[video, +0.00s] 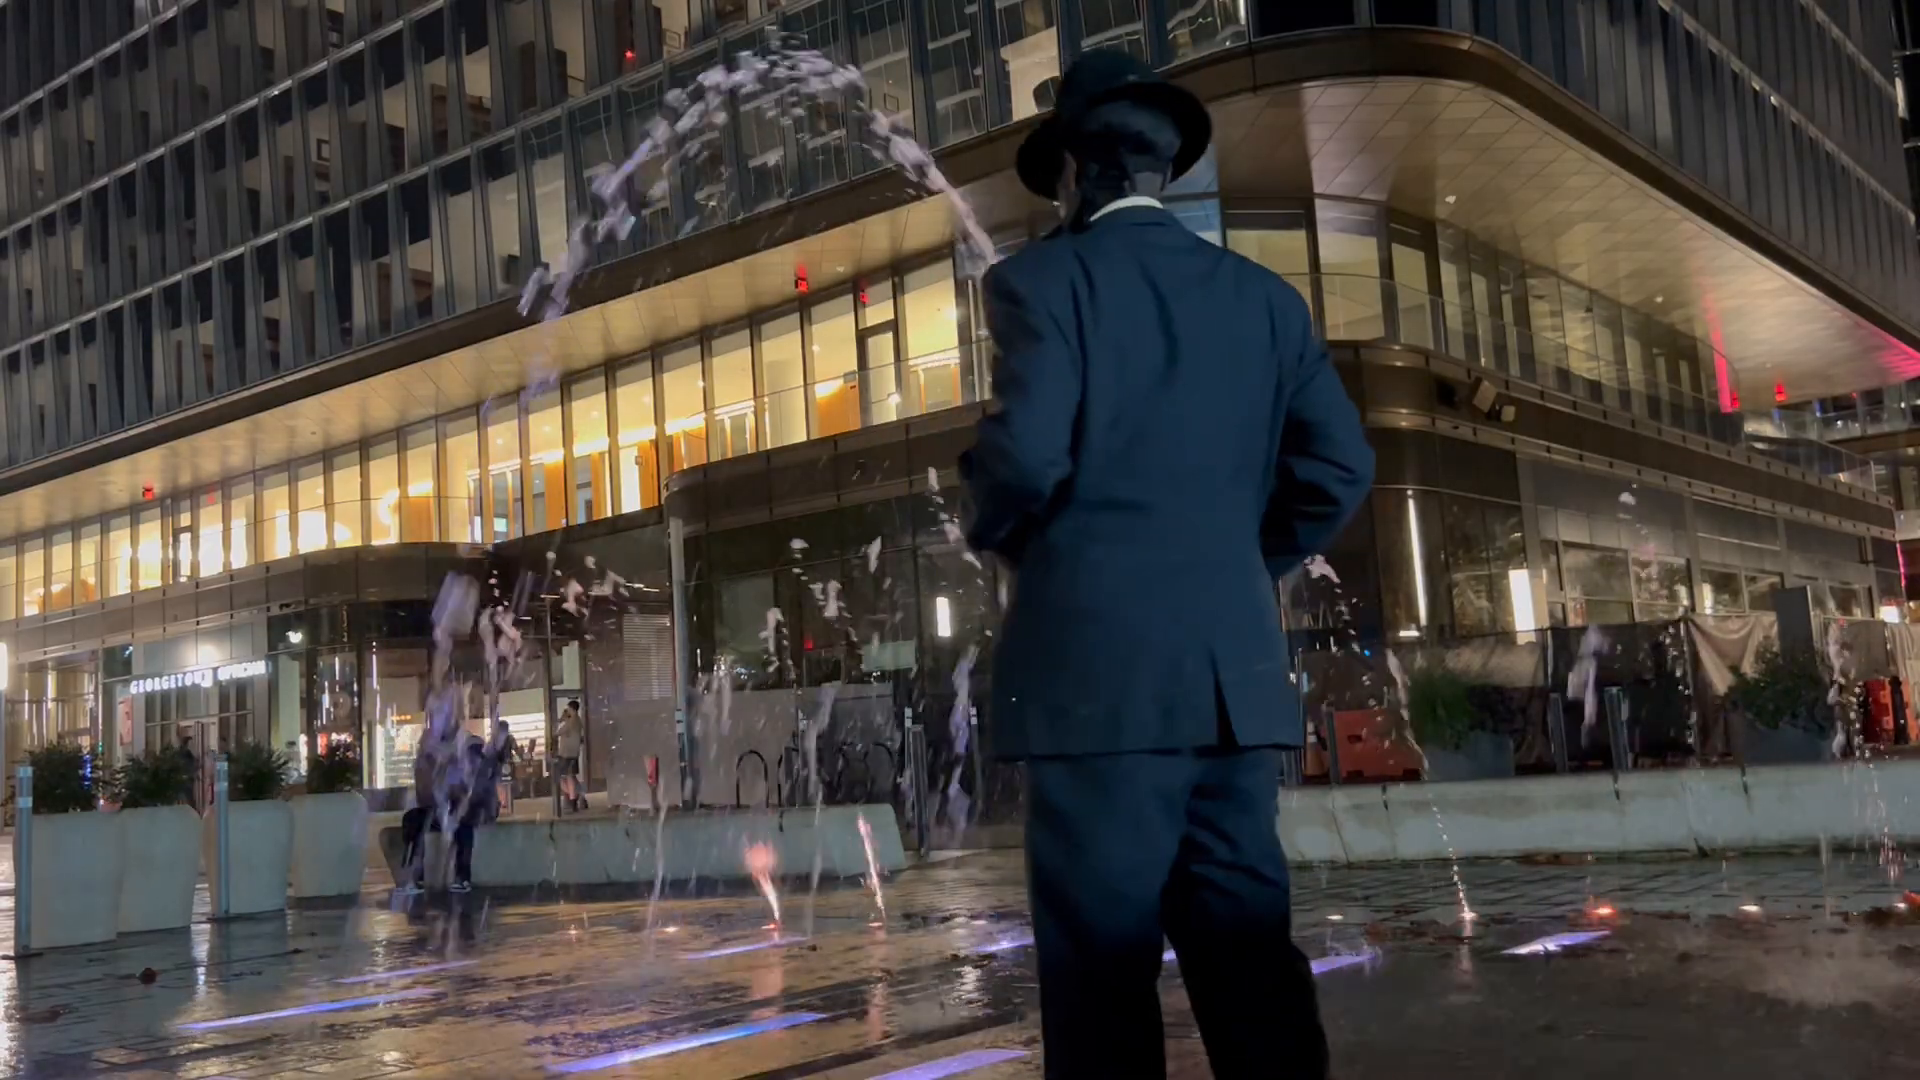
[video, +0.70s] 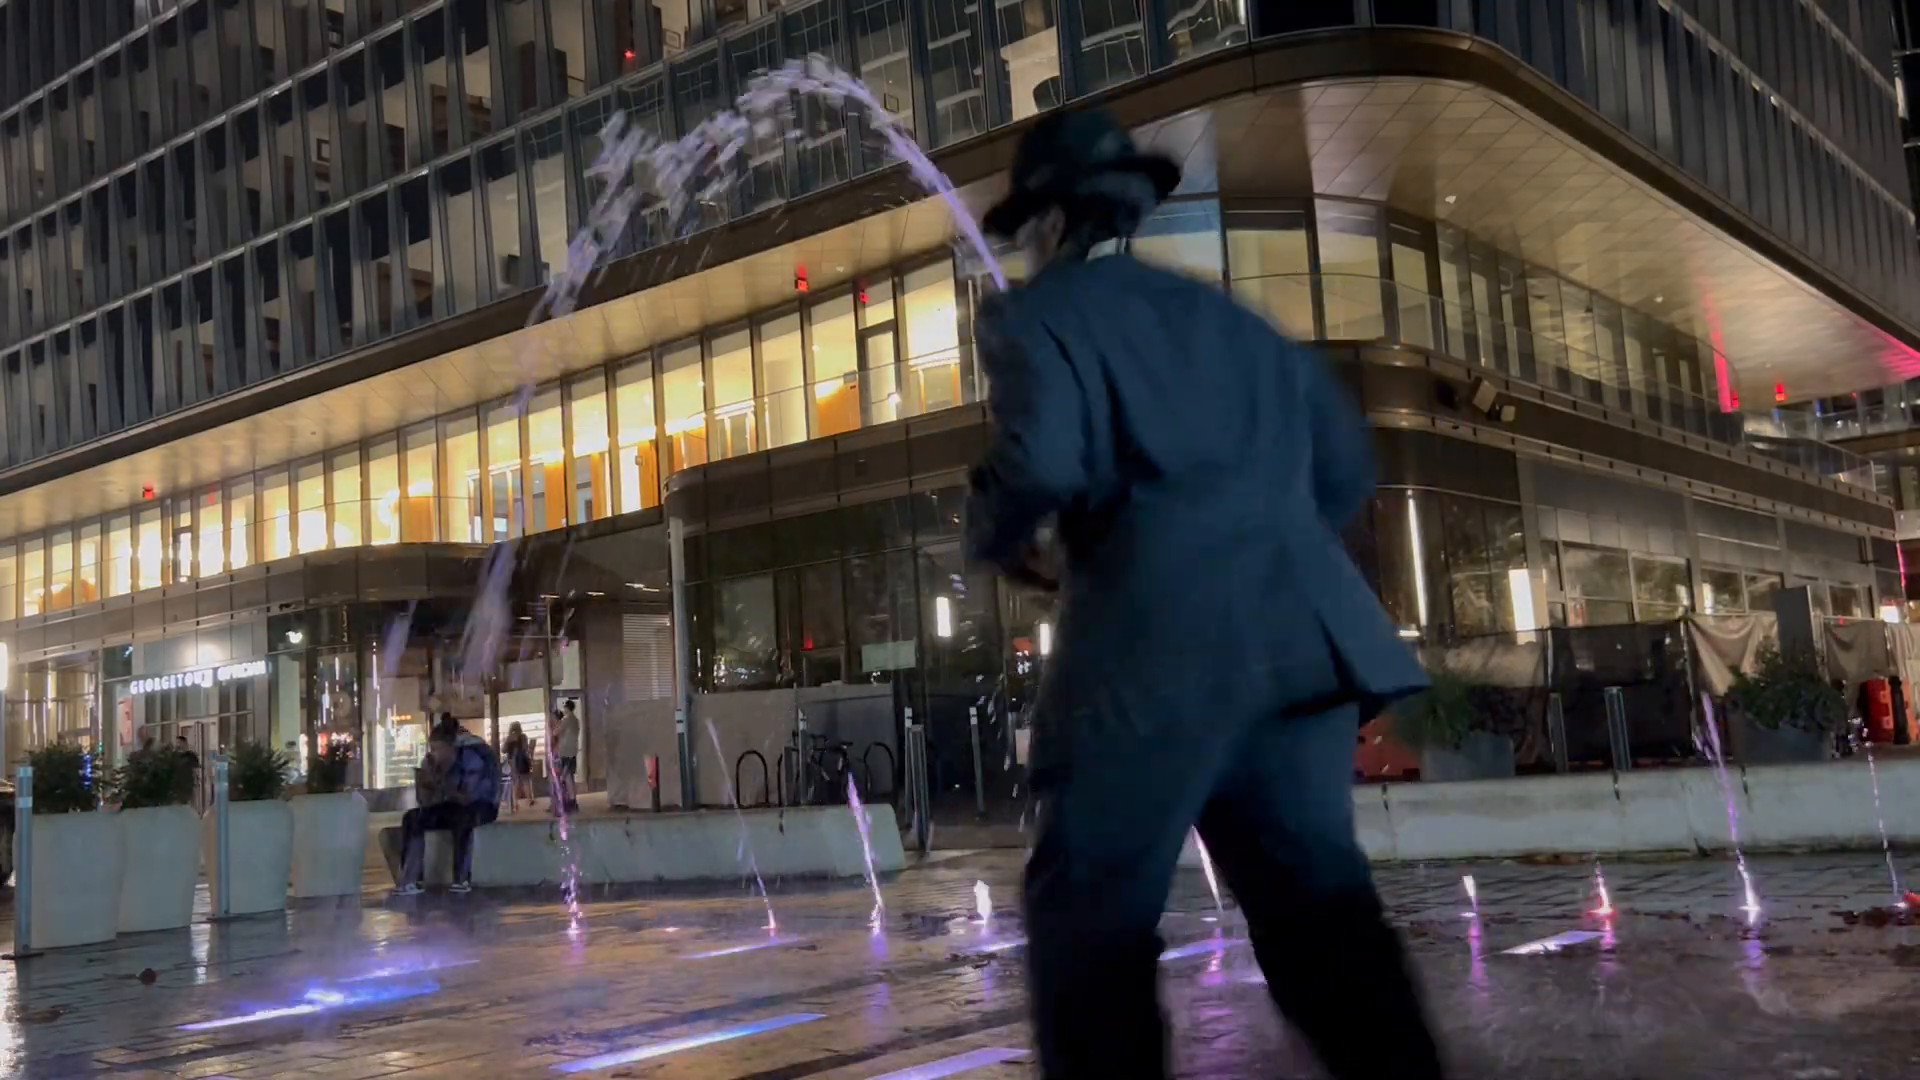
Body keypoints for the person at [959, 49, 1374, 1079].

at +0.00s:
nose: (1061, 188)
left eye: (1061, 168)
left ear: (1073, 176)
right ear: (1175, 173)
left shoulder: (1041, 278)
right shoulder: (1267, 295)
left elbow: (1028, 457)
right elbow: (1341, 465)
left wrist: (981, 517)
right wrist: (1248, 557)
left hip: (1100, 680)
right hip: (1240, 671)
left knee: (1098, 989)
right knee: (1251, 970)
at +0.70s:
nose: (1024, 240)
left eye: (1026, 218)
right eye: (1026, 219)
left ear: (1050, 215)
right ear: (1133, 212)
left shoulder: (1039, 314)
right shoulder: (1241, 321)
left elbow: (1049, 463)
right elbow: (1345, 462)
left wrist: (999, 534)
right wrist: (1273, 557)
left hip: (1158, 656)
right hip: (1303, 644)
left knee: (1087, 918)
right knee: (1321, 915)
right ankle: (1406, 1078)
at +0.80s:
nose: (991, 267)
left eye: (994, 244)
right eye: (991, 246)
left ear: (1021, 239)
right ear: (1093, 240)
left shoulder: (1033, 331)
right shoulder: (1159, 349)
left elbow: (1092, 487)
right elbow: (1231, 518)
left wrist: (995, 588)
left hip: (1144, 705)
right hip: (1255, 688)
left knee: (1054, 979)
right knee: (1296, 956)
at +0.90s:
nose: (957, 234)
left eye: (959, 210)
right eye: (956, 212)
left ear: (992, 206)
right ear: (1049, 204)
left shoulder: (1022, 292)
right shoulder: (1091, 298)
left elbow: (1090, 451)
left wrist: (985, 576)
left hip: (1095, 694)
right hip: (1149, 681)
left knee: (1017, 949)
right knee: (1143, 936)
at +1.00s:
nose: (952, 218)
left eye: (954, 194)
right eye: (951, 197)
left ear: (986, 188)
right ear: (1048, 186)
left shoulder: (1008, 277)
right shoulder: (1100, 288)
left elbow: (1035, 469)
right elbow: (1135, 488)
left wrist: (941, 573)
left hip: (1063, 663)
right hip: (1123, 650)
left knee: (994, 939)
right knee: (1018, 931)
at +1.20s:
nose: (915, 245)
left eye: (917, 222)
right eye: (914, 225)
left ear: (953, 212)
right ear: (1020, 211)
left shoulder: (953, 315)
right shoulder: (1101, 327)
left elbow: (927, 518)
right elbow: (1186, 511)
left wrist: (854, 538)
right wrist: (1121, 614)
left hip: (1017, 669)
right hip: (1110, 661)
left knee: (959, 929)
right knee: (846, 672)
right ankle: (656, 811)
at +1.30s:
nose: (912, 232)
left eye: (913, 209)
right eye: (911, 212)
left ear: (942, 200)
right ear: (1019, 203)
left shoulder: (952, 301)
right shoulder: (1097, 327)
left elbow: (897, 500)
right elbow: (1189, 512)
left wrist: (848, 461)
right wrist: (1157, 652)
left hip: (1004, 661)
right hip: (1099, 657)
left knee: (946, 924)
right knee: (796, 690)